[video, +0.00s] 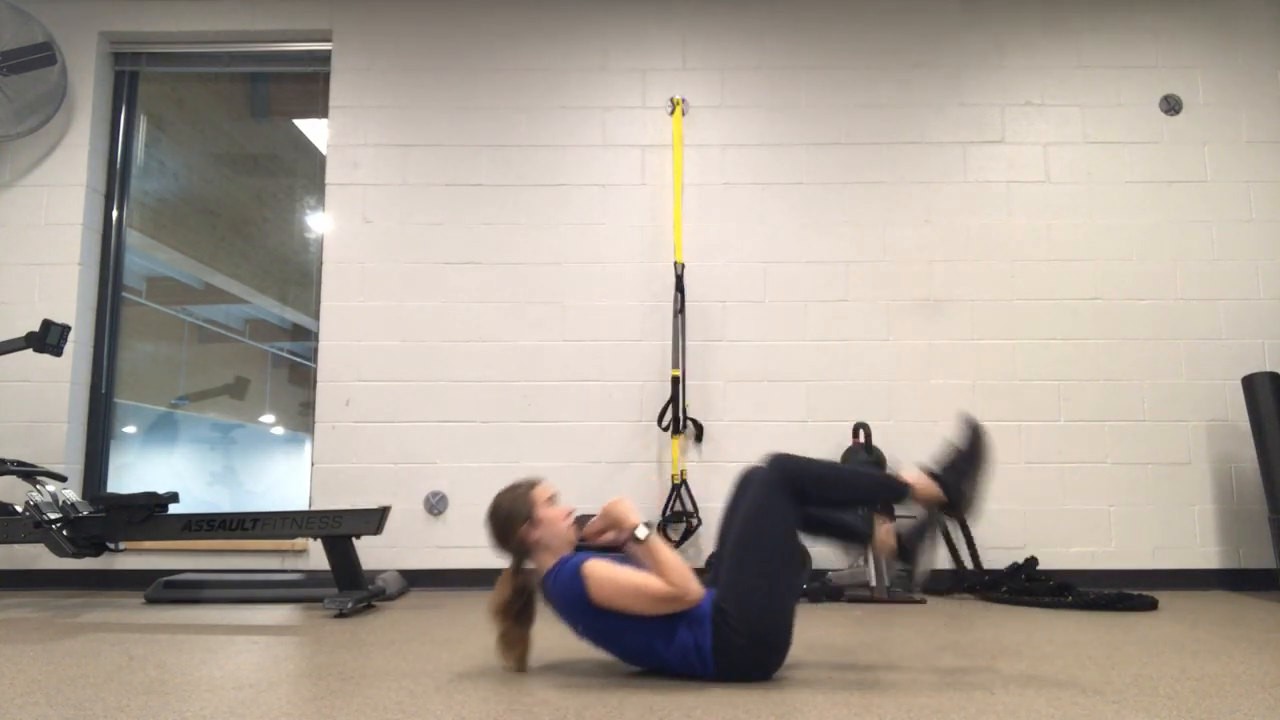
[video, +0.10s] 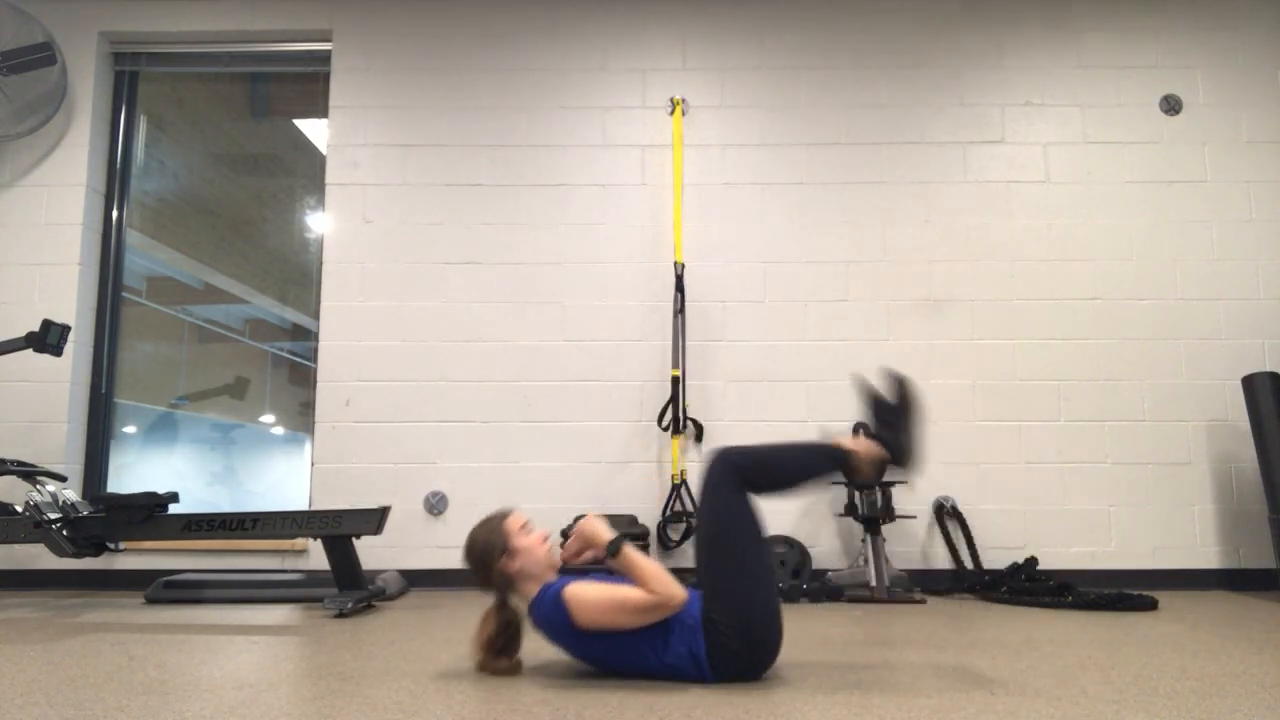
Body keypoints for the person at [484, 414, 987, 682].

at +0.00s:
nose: (567, 508)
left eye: (558, 499)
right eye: (553, 505)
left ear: (535, 532)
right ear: (531, 535)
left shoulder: (567, 569)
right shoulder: (579, 574)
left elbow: (617, 514)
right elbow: (685, 591)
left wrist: (611, 526)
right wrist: (638, 530)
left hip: (725, 630)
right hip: (738, 642)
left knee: (763, 478)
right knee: (773, 474)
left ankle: (886, 537)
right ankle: (931, 490)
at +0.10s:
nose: (540, 532)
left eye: (531, 526)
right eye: (525, 532)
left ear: (524, 555)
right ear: (509, 563)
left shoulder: (559, 592)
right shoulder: (560, 601)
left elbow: (652, 595)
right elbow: (668, 596)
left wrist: (605, 553)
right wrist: (610, 545)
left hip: (723, 632)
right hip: (734, 644)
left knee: (727, 468)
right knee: (726, 467)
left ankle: (860, 449)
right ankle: (859, 455)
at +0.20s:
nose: (517, 552)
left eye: (506, 547)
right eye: (502, 554)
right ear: (492, 589)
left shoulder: (551, 606)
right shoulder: (548, 622)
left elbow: (653, 603)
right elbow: (657, 603)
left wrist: (583, 563)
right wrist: (591, 559)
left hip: (715, 629)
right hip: (723, 639)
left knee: (679, 468)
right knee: (679, 467)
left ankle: (798, 404)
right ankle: (810, 416)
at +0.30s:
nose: (499, 565)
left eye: (486, 562)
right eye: (483, 570)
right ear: (479, 607)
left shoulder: (540, 614)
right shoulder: (541, 633)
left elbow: (644, 590)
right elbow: (640, 601)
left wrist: (569, 571)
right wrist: (568, 567)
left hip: (702, 609)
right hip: (714, 625)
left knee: (657, 463)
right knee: (640, 468)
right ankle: (766, 407)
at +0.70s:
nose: (492, 574)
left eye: (483, 570)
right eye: (478, 578)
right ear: (471, 616)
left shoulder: (536, 612)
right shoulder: (527, 639)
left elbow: (640, 574)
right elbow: (626, 602)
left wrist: (553, 570)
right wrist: (551, 572)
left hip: (695, 598)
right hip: (705, 618)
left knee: (667, 450)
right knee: (632, 470)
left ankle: (750, 326)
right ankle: (763, 455)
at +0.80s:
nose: (511, 557)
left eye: (501, 552)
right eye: (496, 560)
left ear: (510, 570)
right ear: (483, 596)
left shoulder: (544, 604)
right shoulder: (536, 627)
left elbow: (654, 584)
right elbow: (634, 605)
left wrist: (568, 559)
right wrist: (567, 567)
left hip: (702, 615)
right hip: (708, 634)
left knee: (696, 465)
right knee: (668, 473)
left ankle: (799, 347)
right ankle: (795, 489)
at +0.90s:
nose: (542, 536)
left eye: (534, 529)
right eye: (527, 535)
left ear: (530, 550)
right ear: (505, 566)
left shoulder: (558, 585)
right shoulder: (552, 608)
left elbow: (659, 588)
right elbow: (652, 608)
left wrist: (596, 551)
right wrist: (590, 553)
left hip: (710, 623)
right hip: (719, 646)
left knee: (736, 473)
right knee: (720, 481)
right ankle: (830, 530)